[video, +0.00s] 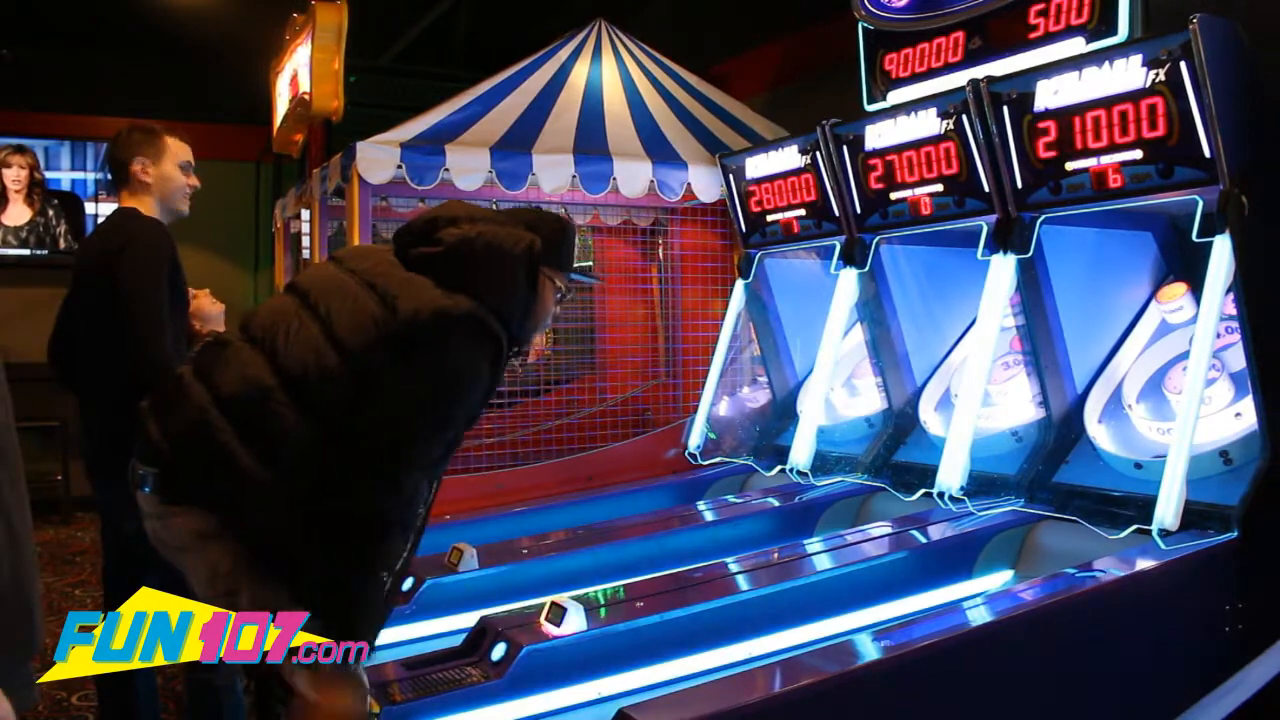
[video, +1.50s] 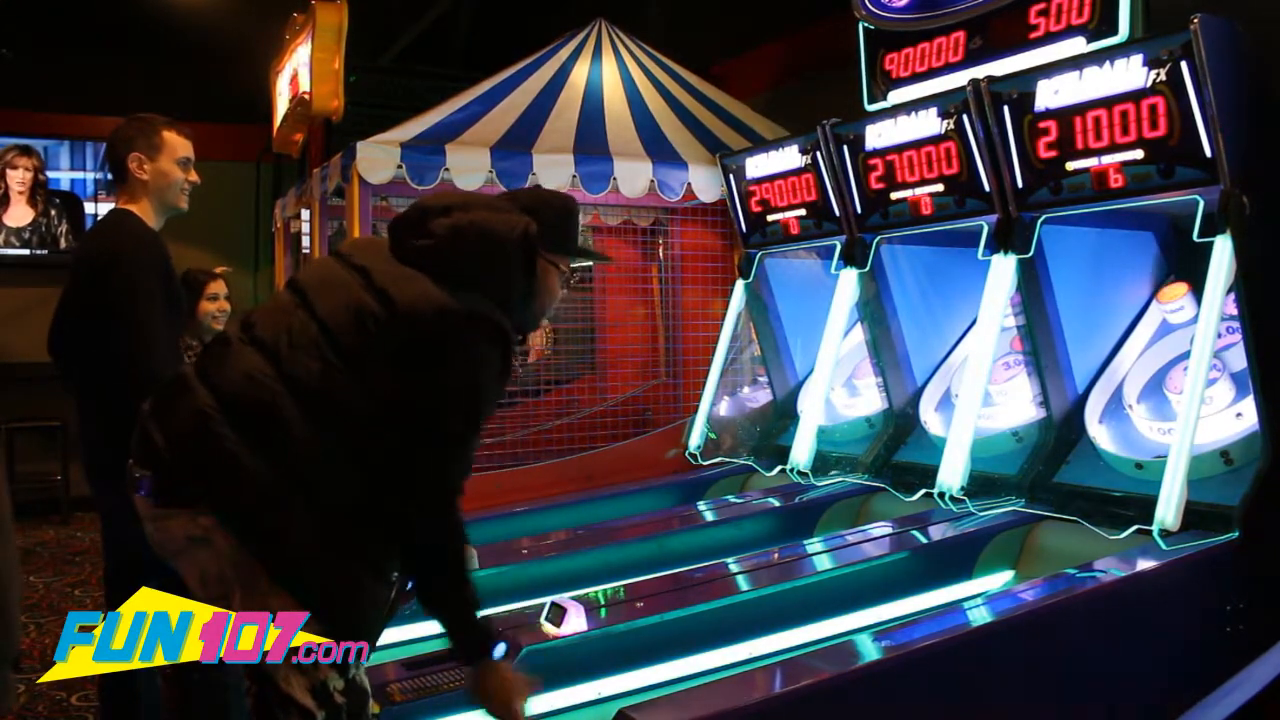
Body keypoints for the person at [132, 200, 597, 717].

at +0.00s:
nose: (557, 311)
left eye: (562, 294)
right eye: (556, 290)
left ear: (489, 260)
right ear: (519, 273)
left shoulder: (376, 263)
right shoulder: (464, 330)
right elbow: (388, 486)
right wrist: (341, 641)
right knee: (334, 698)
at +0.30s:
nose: (554, 291)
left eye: (558, 276)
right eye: (551, 273)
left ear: (456, 239)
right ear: (515, 265)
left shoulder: (358, 260)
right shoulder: (492, 329)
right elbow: (587, 440)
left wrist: (411, 542)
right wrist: (705, 472)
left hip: (180, 480)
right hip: (267, 516)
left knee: (226, 689)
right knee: (325, 696)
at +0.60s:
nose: (564, 284)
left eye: (567, 269)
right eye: (559, 266)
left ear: (475, 241)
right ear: (518, 257)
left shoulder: (369, 261)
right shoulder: (483, 321)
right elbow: (528, 487)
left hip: (186, 477)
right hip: (255, 505)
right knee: (336, 691)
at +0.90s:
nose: (576, 299)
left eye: (581, 283)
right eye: (572, 279)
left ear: (503, 258)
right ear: (528, 266)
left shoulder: (383, 264)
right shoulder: (478, 339)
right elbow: (487, 521)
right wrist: (549, 679)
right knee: (326, 695)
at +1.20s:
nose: (573, 308)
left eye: (579, 291)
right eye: (572, 289)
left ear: (498, 255)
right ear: (538, 280)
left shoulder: (384, 261)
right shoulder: (478, 347)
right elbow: (495, 532)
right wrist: (560, 683)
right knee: (326, 693)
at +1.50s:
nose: (564, 292)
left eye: (568, 276)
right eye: (559, 272)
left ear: (496, 252)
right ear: (518, 260)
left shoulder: (373, 261)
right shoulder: (467, 332)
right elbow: (425, 503)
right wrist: (479, 656)